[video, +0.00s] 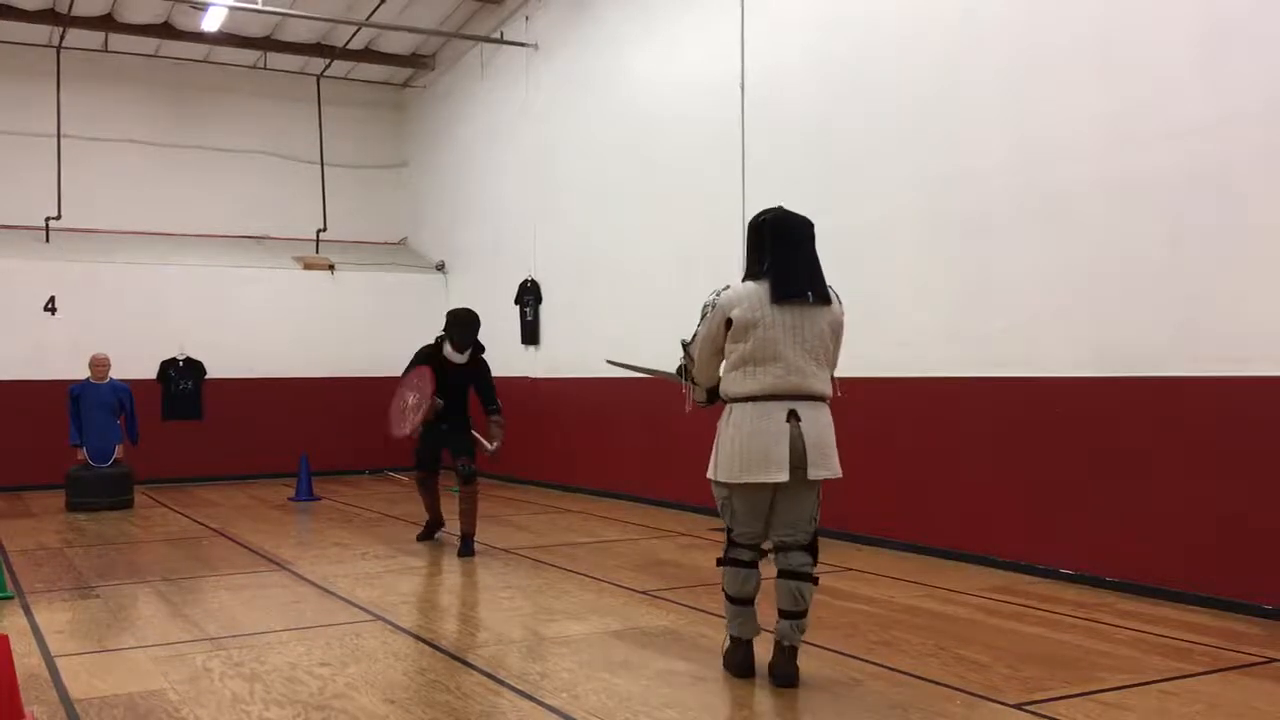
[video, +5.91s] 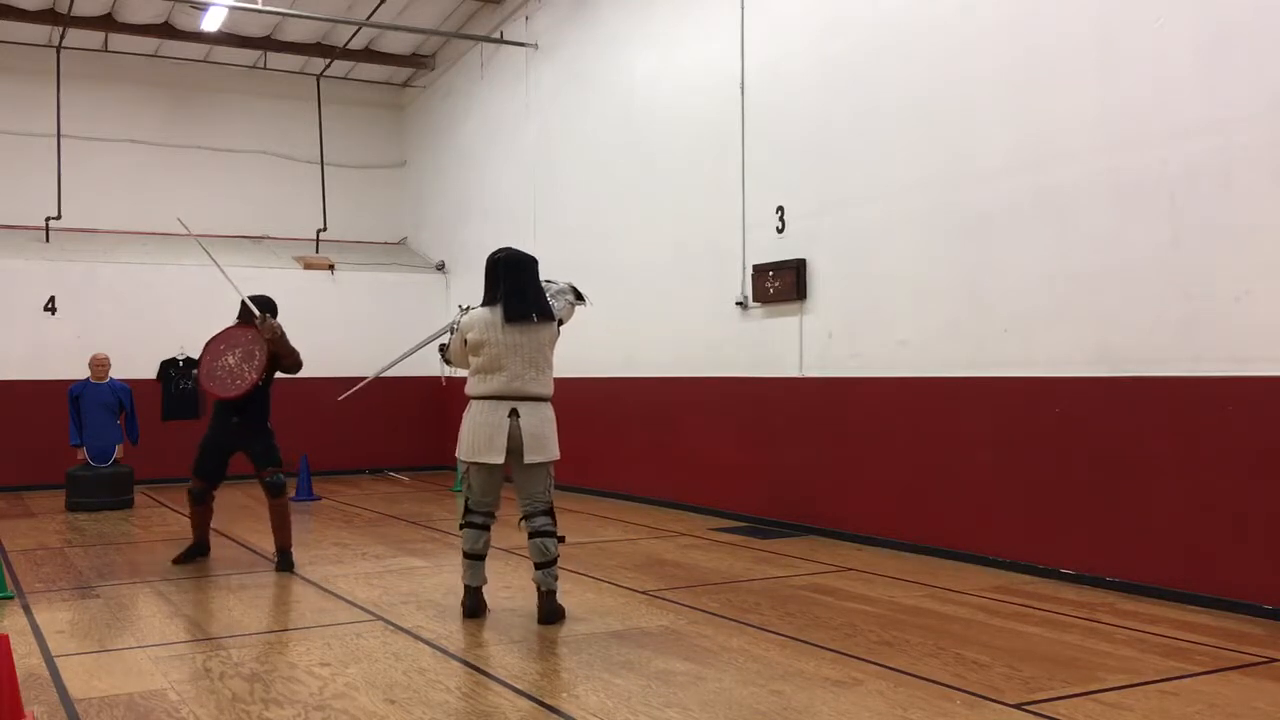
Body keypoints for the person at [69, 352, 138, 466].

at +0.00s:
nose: (100, 369)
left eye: (104, 366)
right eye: (97, 366)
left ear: (109, 367)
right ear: (90, 367)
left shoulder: (120, 389)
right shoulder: (78, 390)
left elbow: (129, 416)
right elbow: (75, 420)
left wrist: (132, 438)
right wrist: (78, 445)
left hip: (113, 445)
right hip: (88, 444)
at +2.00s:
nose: (100, 369)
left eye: (104, 366)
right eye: (97, 366)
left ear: (109, 367)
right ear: (90, 367)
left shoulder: (120, 389)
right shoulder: (77, 390)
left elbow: (129, 415)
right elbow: (75, 420)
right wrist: (79, 446)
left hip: (113, 445)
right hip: (88, 444)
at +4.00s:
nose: (100, 369)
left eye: (104, 366)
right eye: (96, 366)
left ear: (109, 367)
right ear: (89, 367)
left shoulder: (121, 389)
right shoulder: (77, 390)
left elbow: (130, 415)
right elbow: (74, 419)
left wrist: (133, 437)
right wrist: (78, 444)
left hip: (114, 445)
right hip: (87, 445)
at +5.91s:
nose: (100, 369)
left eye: (104, 366)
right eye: (96, 365)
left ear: (109, 367)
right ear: (89, 367)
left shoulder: (121, 389)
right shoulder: (77, 390)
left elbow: (130, 415)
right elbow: (74, 419)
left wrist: (133, 437)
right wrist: (78, 445)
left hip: (113, 445)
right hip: (87, 445)